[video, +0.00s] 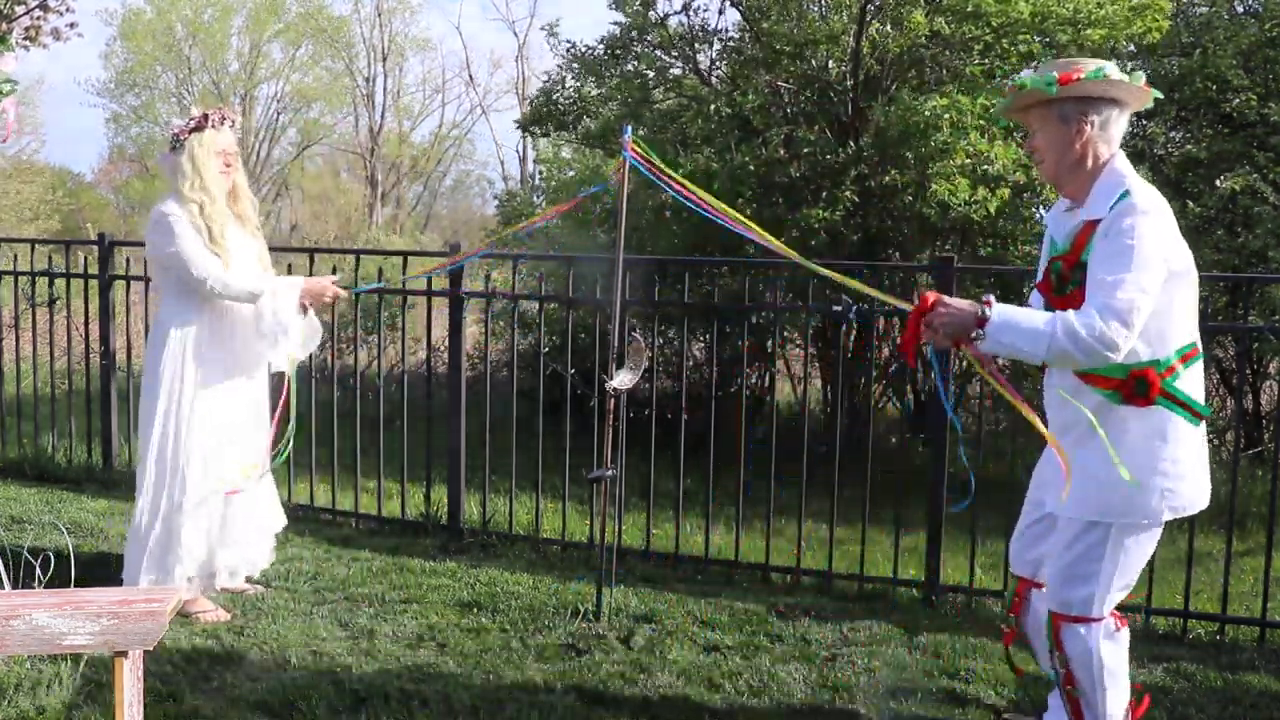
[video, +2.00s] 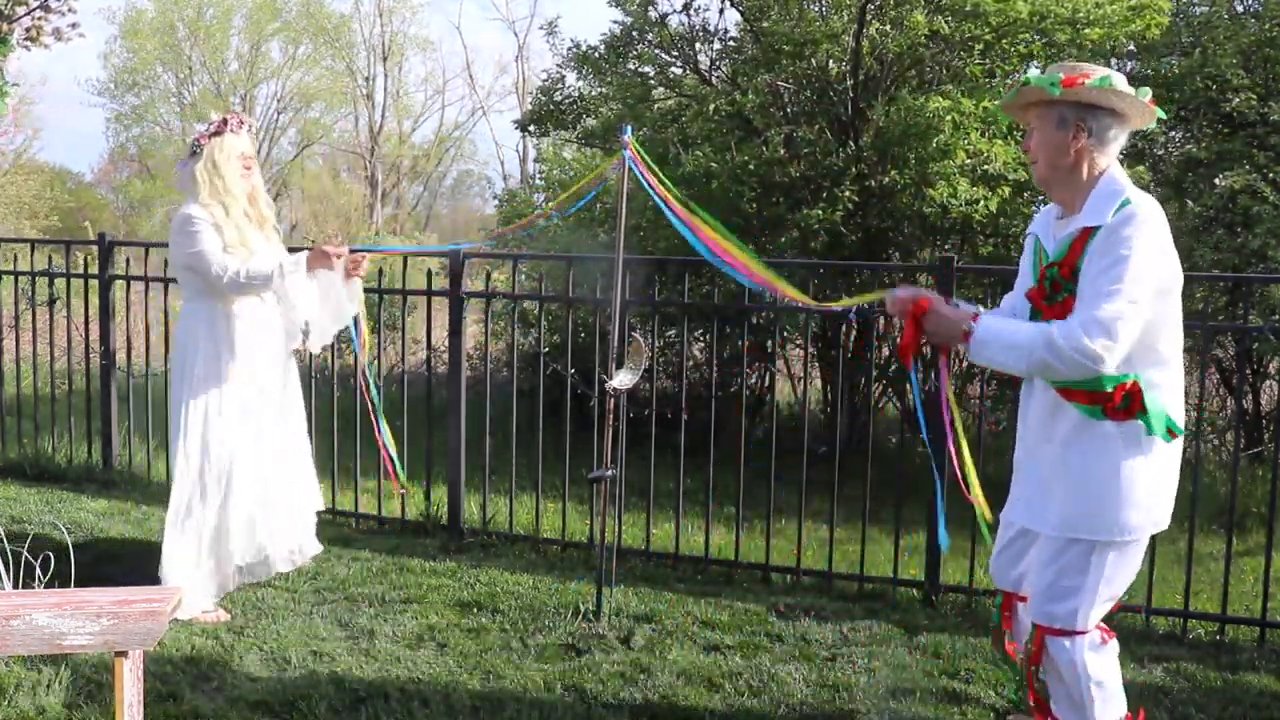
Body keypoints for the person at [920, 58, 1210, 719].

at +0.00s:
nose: (1025, 150)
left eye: (1033, 134)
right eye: (1023, 136)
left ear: (1083, 132)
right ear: (1076, 136)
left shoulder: (1136, 217)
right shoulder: (1063, 216)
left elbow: (1110, 334)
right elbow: (1059, 324)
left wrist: (985, 322)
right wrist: (983, 333)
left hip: (1135, 451)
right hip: (1076, 439)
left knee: (1078, 606)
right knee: (1032, 581)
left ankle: (1102, 713)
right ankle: (1074, 703)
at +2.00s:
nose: (1024, 147)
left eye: (1034, 132)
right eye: (1023, 133)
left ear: (1080, 140)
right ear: (1062, 142)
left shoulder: (1133, 225)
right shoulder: (1047, 224)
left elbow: (1095, 347)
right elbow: (1020, 319)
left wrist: (975, 333)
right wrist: (948, 318)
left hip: (1111, 472)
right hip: (1049, 464)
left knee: (1064, 621)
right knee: (1024, 606)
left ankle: (1096, 713)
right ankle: (1059, 705)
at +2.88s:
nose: (974, 140)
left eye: (980, 127)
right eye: (975, 127)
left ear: (1012, 130)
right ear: (1037, 132)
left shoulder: (999, 201)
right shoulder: (1085, 197)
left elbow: (929, 296)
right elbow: (1036, 284)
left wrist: (880, 265)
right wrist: (950, 263)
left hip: (1032, 414)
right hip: (1103, 416)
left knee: (996, 554)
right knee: (1054, 554)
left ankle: (1070, 698)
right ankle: (1054, 685)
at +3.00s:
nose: (965, 146)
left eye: (972, 131)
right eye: (965, 132)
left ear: (1006, 132)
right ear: (1023, 134)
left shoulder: (995, 198)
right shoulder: (1074, 200)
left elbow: (940, 302)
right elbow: (1026, 293)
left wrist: (872, 280)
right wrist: (939, 278)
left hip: (1025, 416)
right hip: (1096, 419)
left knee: (969, 545)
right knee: (1049, 555)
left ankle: (1037, 699)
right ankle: (1064, 700)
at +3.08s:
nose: (956, 150)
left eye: (962, 135)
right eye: (956, 136)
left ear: (995, 135)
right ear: (1016, 137)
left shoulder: (994, 203)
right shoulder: (1063, 204)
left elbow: (948, 310)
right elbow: (1027, 315)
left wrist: (865, 296)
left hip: (1018, 421)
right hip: (1084, 423)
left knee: (959, 545)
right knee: (1039, 557)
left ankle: (1002, 700)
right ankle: (1058, 703)